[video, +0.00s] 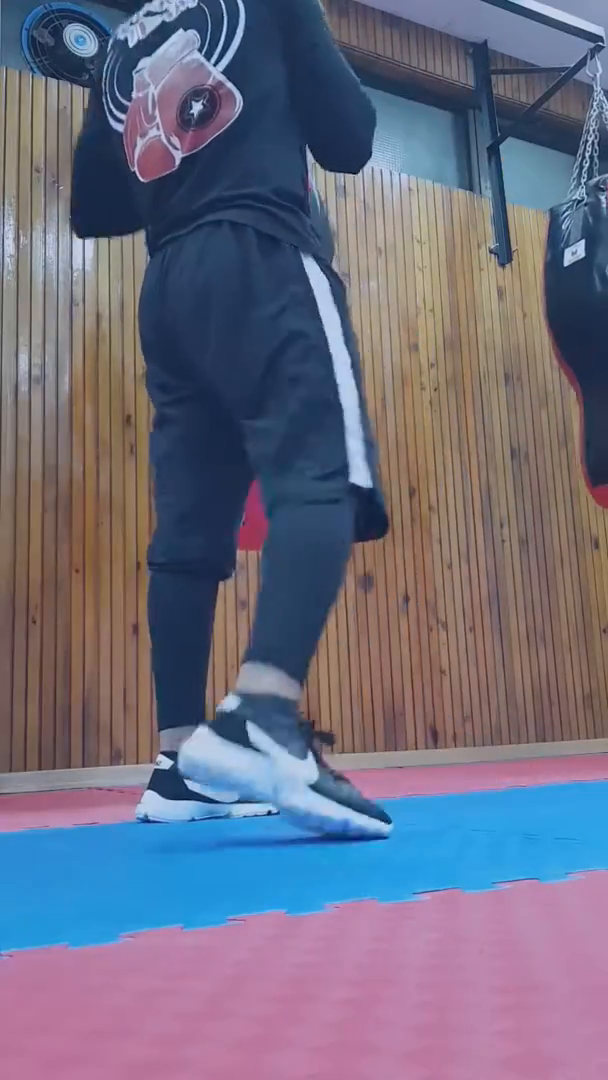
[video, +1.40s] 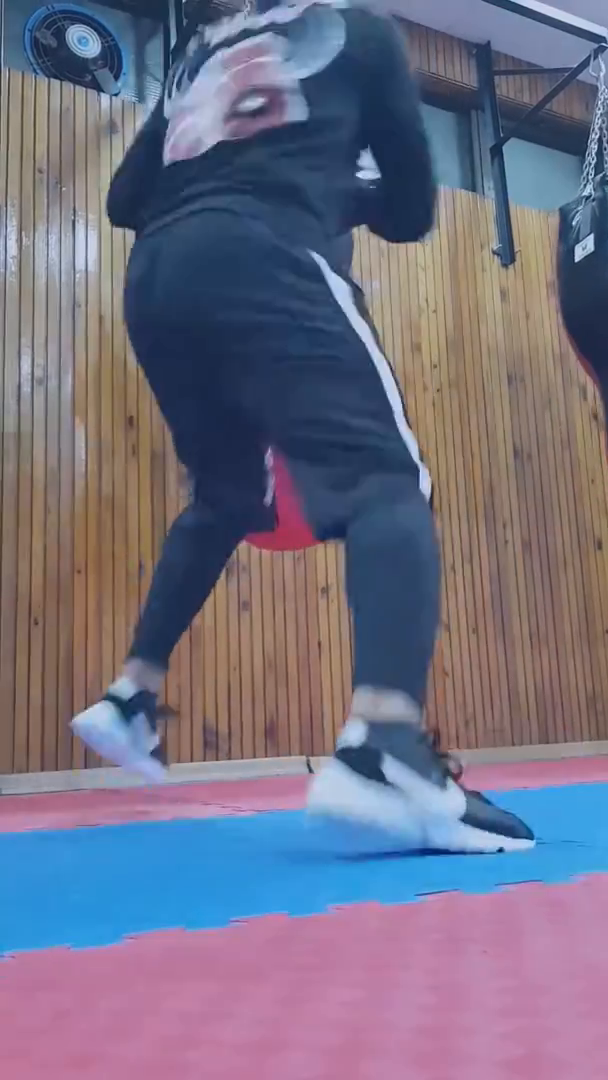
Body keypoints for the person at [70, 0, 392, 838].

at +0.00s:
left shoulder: (121, 53)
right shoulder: (273, 4)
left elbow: (93, 208)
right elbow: (347, 140)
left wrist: (197, 160)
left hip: (166, 278)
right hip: (260, 254)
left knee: (186, 527)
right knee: (316, 491)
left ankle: (181, 761)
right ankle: (267, 713)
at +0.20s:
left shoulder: (147, 17)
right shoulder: (304, 1)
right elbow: (371, 110)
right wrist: (269, 81)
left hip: (154, 237)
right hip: (256, 217)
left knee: (178, 504)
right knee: (250, 478)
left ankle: (184, 766)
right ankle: (235, 763)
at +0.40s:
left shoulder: (145, 10)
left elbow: (82, 130)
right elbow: (372, 81)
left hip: (135, 193)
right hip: (233, 175)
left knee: (171, 482)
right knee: (237, 464)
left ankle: (169, 760)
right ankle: (232, 771)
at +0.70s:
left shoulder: (129, 12)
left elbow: (129, 108)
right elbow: (352, 105)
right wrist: (252, 76)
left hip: (133, 182)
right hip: (252, 164)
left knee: (147, 468)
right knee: (362, 452)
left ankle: (124, 766)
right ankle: (272, 719)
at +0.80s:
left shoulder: (117, 18)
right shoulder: (306, 1)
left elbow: (131, 136)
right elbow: (358, 98)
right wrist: (296, 164)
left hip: (149, 189)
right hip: (267, 158)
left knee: (154, 474)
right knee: (411, 429)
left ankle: (126, 766)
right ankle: (345, 680)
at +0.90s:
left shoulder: (122, 10)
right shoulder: (327, 4)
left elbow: (132, 125)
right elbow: (371, 88)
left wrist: (183, 183)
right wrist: (333, 148)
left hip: (173, 172)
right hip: (299, 135)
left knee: (167, 472)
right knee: (418, 421)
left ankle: (128, 764)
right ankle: (430, 670)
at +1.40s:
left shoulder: (197, 49)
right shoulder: (360, 27)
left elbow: (126, 199)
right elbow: (409, 212)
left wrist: (221, 168)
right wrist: (323, 184)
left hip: (153, 268)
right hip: (258, 247)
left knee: (222, 499)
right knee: (386, 491)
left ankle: (131, 699)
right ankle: (384, 743)